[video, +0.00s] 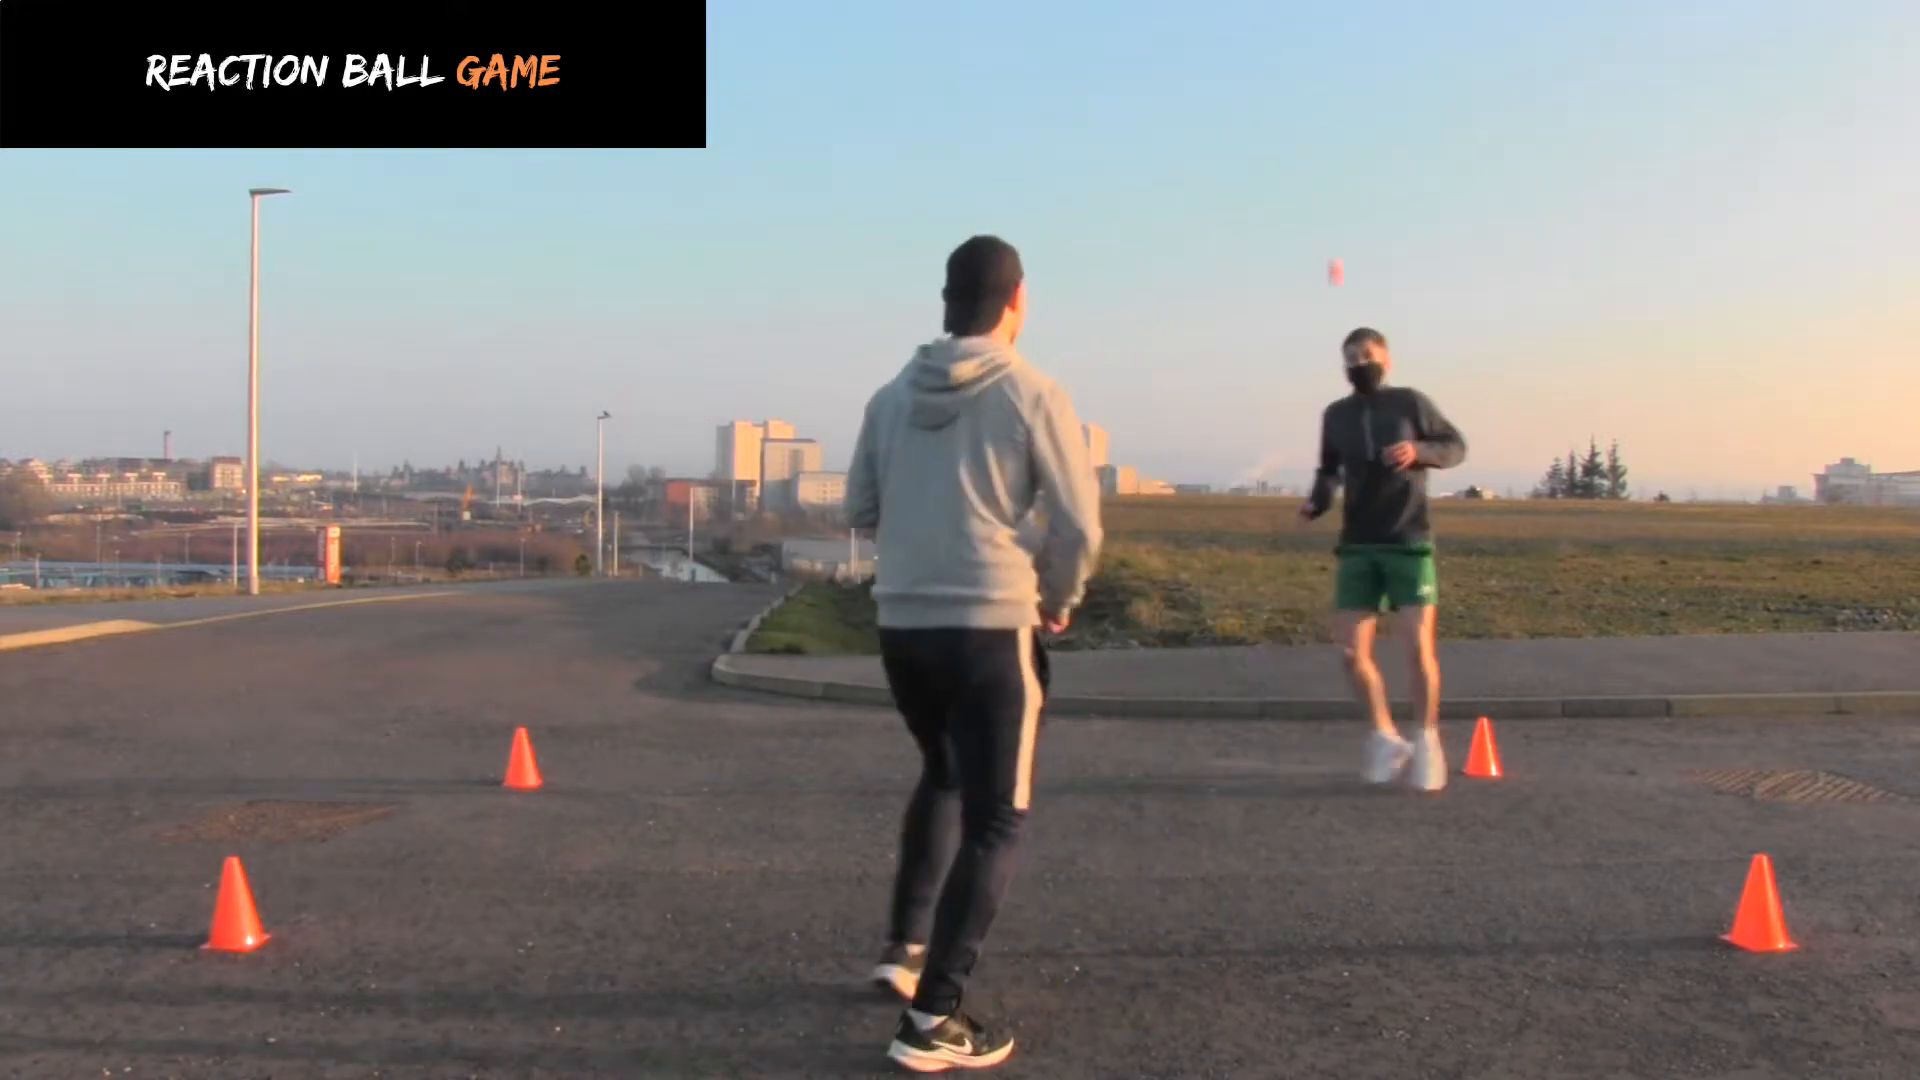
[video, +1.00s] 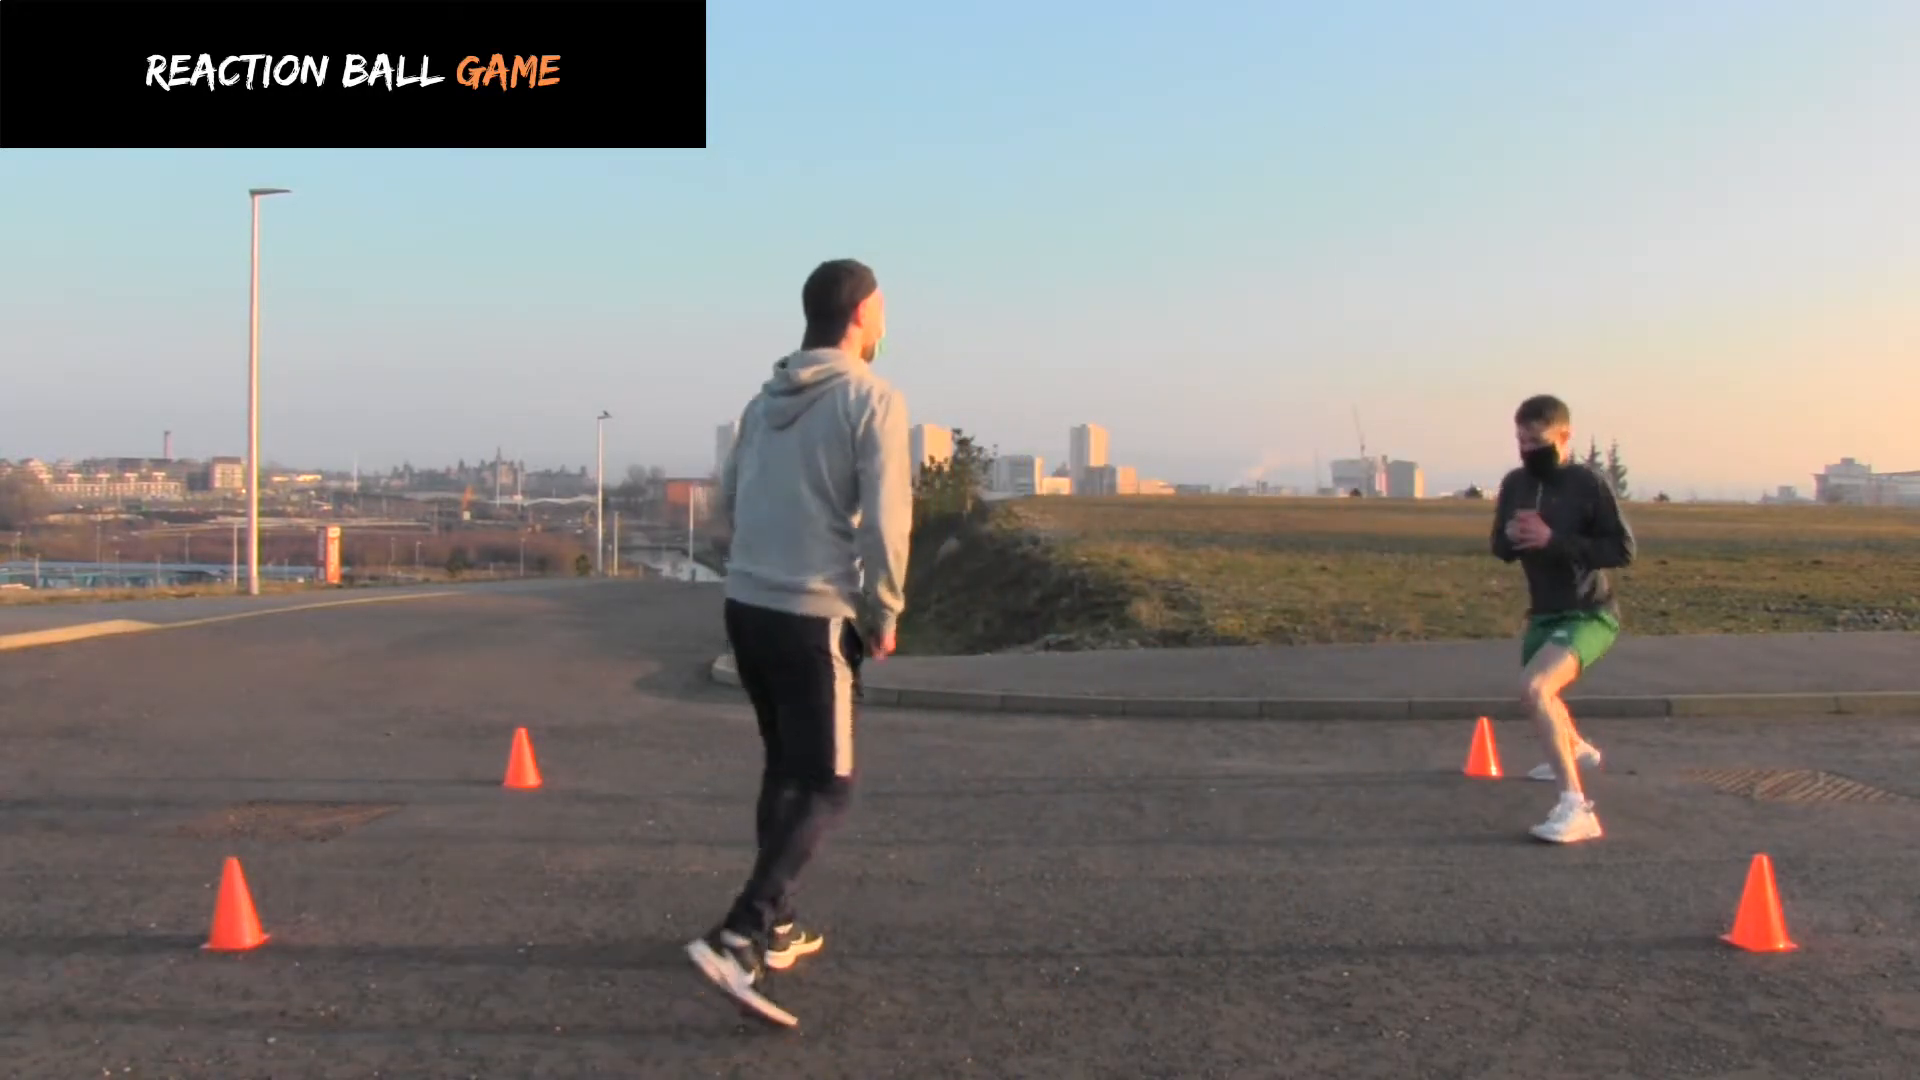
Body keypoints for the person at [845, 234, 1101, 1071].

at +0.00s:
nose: (1026, 308)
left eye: (1018, 295)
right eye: (1025, 297)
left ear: (945, 299)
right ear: (1016, 303)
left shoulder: (894, 397)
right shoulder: (1031, 393)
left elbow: (860, 506)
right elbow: (1078, 527)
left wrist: (933, 524)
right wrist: (1058, 601)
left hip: (902, 631)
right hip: (990, 634)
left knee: (943, 776)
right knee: (997, 822)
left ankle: (906, 947)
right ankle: (934, 1017)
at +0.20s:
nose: (981, 276)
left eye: (977, 261)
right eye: (979, 263)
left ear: (903, 263)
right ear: (962, 266)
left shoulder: (853, 351)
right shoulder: (971, 344)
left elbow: (811, 460)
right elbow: (1005, 464)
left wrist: (885, 491)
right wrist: (1001, 562)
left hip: (846, 581)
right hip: (924, 584)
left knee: (860, 775)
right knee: (945, 783)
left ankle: (813, 964)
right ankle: (931, 995)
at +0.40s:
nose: (933, 306)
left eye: (929, 292)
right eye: (931, 293)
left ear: (863, 291)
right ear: (913, 294)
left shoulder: (804, 384)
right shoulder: (919, 380)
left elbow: (755, 493)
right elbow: (932, 505)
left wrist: (808, 556)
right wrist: (946, 604)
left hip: (797, 617)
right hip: (870, 620)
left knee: (826, 793)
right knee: (901, 804)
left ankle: (793, 979)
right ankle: (774, 957)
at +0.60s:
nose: (917, 297)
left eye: (913, 284)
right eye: (914, 285)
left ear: (842, 285)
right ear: (897, 288)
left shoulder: (779, 366)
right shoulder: (907, 373)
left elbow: (713, 455)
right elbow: (925, 497)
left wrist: (760, 529)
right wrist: (922, 595)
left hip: (758, 592)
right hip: (829, 602)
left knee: (802, 779)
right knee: (803, 794)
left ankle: (766, 935)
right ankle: (710, 979)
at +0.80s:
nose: (896, 316)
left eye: (892, 302)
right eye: (893, 303)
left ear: (825, 303)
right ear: (876, 306)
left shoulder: (768, 384)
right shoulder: (885, 391)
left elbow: (709, 475)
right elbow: (903, 519)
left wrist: (749, 549)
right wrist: (909, 616)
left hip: (742, 606)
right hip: (813, 617)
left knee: (778, 779)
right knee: (777, 797)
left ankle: (749, 925)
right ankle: (707, 984)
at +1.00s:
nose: (883, 322)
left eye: (879, 309)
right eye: (879, 309)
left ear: (815, 315)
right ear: (860, 315)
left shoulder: (767, 397)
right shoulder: (874, 398)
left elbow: (729, 500)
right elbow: (884, 520)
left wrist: (759, 570)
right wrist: (883, 613)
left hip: (746, 607)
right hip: (811, 615)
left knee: (783, 768)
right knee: (830, 784)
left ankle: (771, 925)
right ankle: (736, 939)